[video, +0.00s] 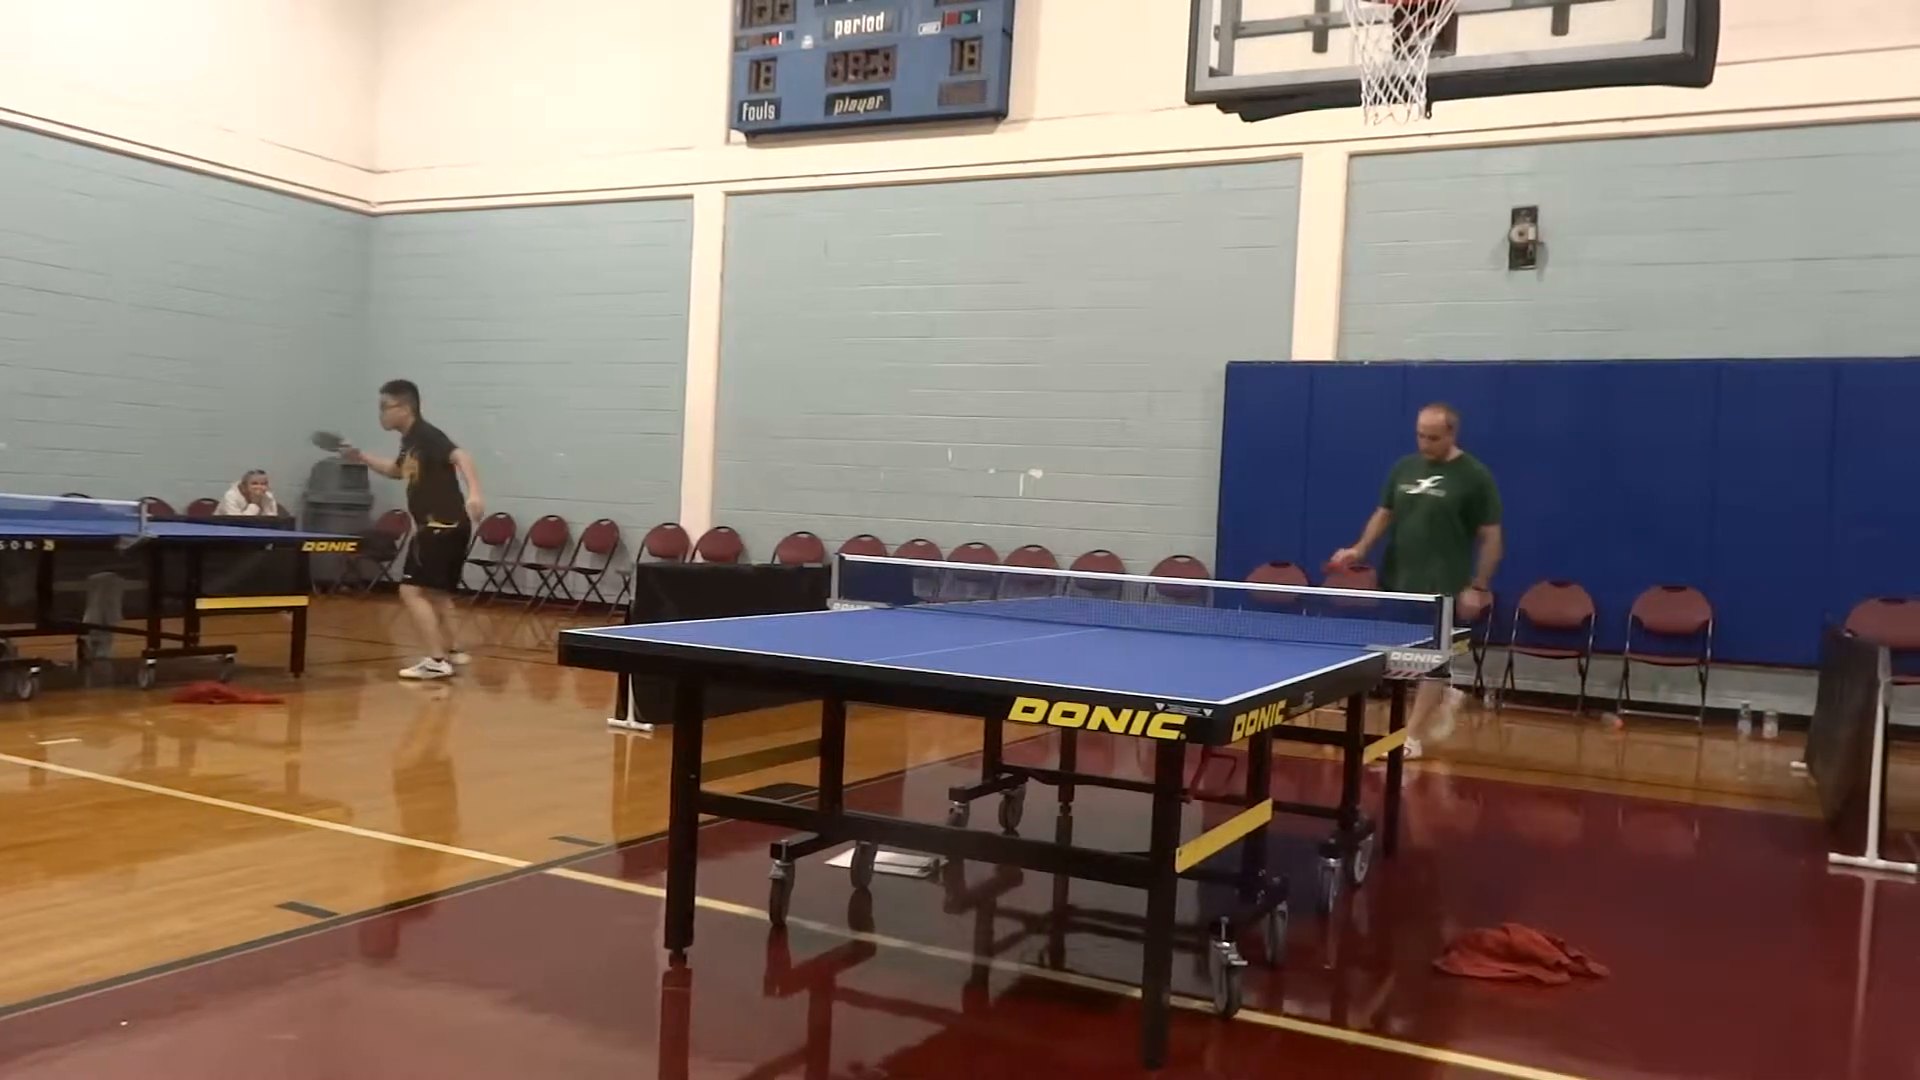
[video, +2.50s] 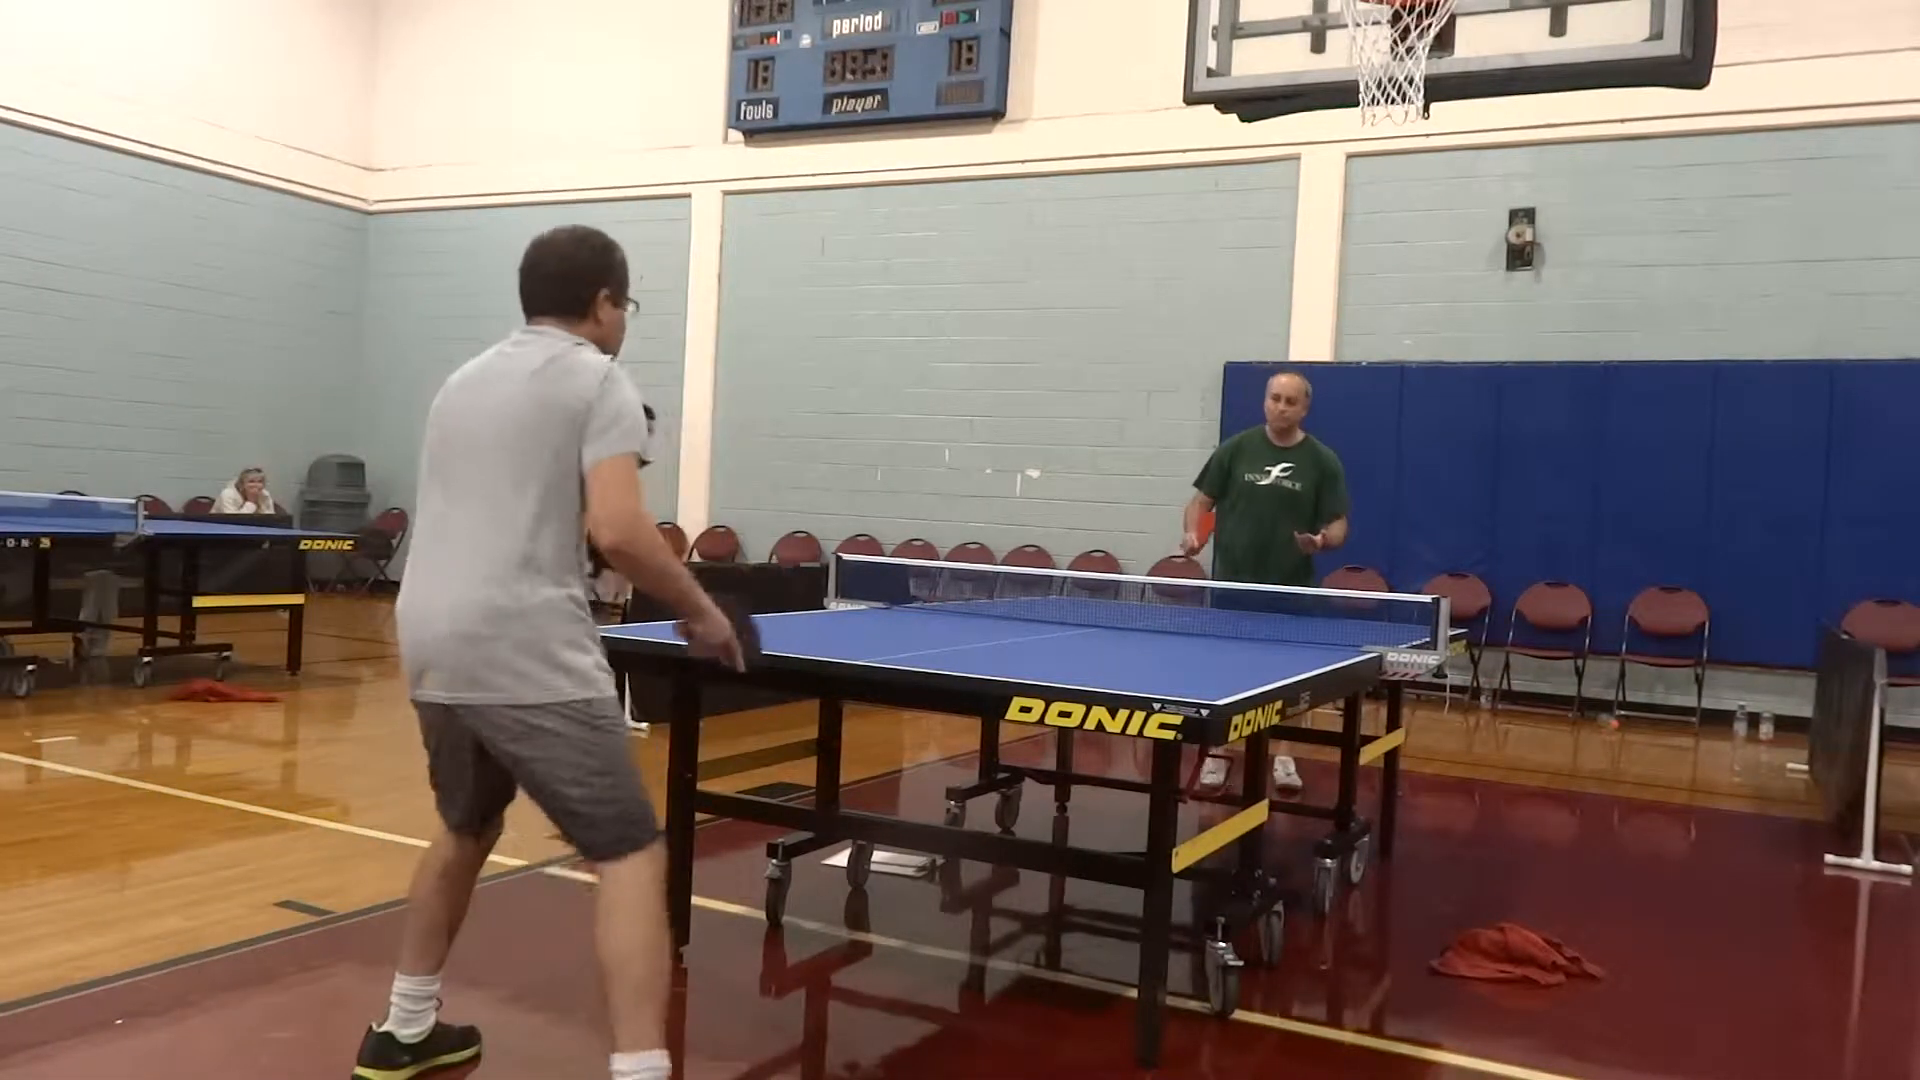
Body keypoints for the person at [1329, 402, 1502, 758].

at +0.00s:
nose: (1425, 443)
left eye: (1433, 437)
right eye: (1421, 435)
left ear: (1452, 435)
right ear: (1415, 432)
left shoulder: (1475, 476)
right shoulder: (1404, 467)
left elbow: (1492, 537)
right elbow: (1383, 514)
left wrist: (1479, 587)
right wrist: (1360, 549)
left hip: (1444, 592)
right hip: (1399, 587)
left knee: (1432, 666)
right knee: (1401, 660)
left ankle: (1412, 735)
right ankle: (1447, 698)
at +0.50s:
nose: (1340, 441)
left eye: (1347, 435)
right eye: (1335, 434)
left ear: (1367, 430)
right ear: (1331, 431)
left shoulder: (1398, 465)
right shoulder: (1325, 471)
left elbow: (1428, 520)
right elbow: (1311, 527)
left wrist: (1430, 576)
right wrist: (1292, 574)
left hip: (1386, 593)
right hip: (1333, 592)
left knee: (1390, 674)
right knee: (1328, 668)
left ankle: (1389, 743)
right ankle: (1325, 739)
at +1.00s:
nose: (1312, 437)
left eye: (1320, 430)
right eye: (1307, 429)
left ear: (1340, 425)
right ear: (1301, 425)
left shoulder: (1372, 462)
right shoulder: (1291, 465)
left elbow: (1399, 518)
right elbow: (1275, 523)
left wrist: (1392, 576)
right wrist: (1259, 570)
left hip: (1356, 592)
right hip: (1306, 589)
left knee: (1346, 676)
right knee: (1314, 673)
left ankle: (1338, 754)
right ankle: (1318, 743)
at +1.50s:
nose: (1309, 426)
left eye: (1318, 420)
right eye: (1304, 417)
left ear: (1337, 418)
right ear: (1297, 412)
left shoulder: (1362, 461)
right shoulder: (1277, 454)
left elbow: (1384, 525)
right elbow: (1256, 514)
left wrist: (1346, 564)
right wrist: (1240, 570)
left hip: (1333, 591)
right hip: (1280, 587)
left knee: (1333, 676)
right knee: (1277, 667)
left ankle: (1329, 754)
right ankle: (1276, 739)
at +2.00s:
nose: (1261, 401)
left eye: (1270, 394)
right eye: (1253, 394)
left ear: (1284, 400)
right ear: (1242, 400)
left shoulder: (1313, 452)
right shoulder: (1223, 454)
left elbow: (1337, 510)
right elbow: (1200, 516)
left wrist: (1316, 519)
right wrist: (1191, 576)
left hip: (1298, 589)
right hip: (1237, 588)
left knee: (1303, 671)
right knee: (1229, 665)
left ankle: (1302, 750)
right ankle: (1221, 750)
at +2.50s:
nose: (1280, 407)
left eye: (1290, 401)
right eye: (1275, 399)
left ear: (1305, 408)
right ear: (1265, 401)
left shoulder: (1323, 461)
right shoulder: (1235, 449)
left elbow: (1338, 524)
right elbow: (1200, 501)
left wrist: (1321, 540)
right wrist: (1191, 532)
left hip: (1290, 592)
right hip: (1232, 586)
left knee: (1289, 671)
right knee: (1225, 663)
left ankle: (1283, 753)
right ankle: (1217, 752)